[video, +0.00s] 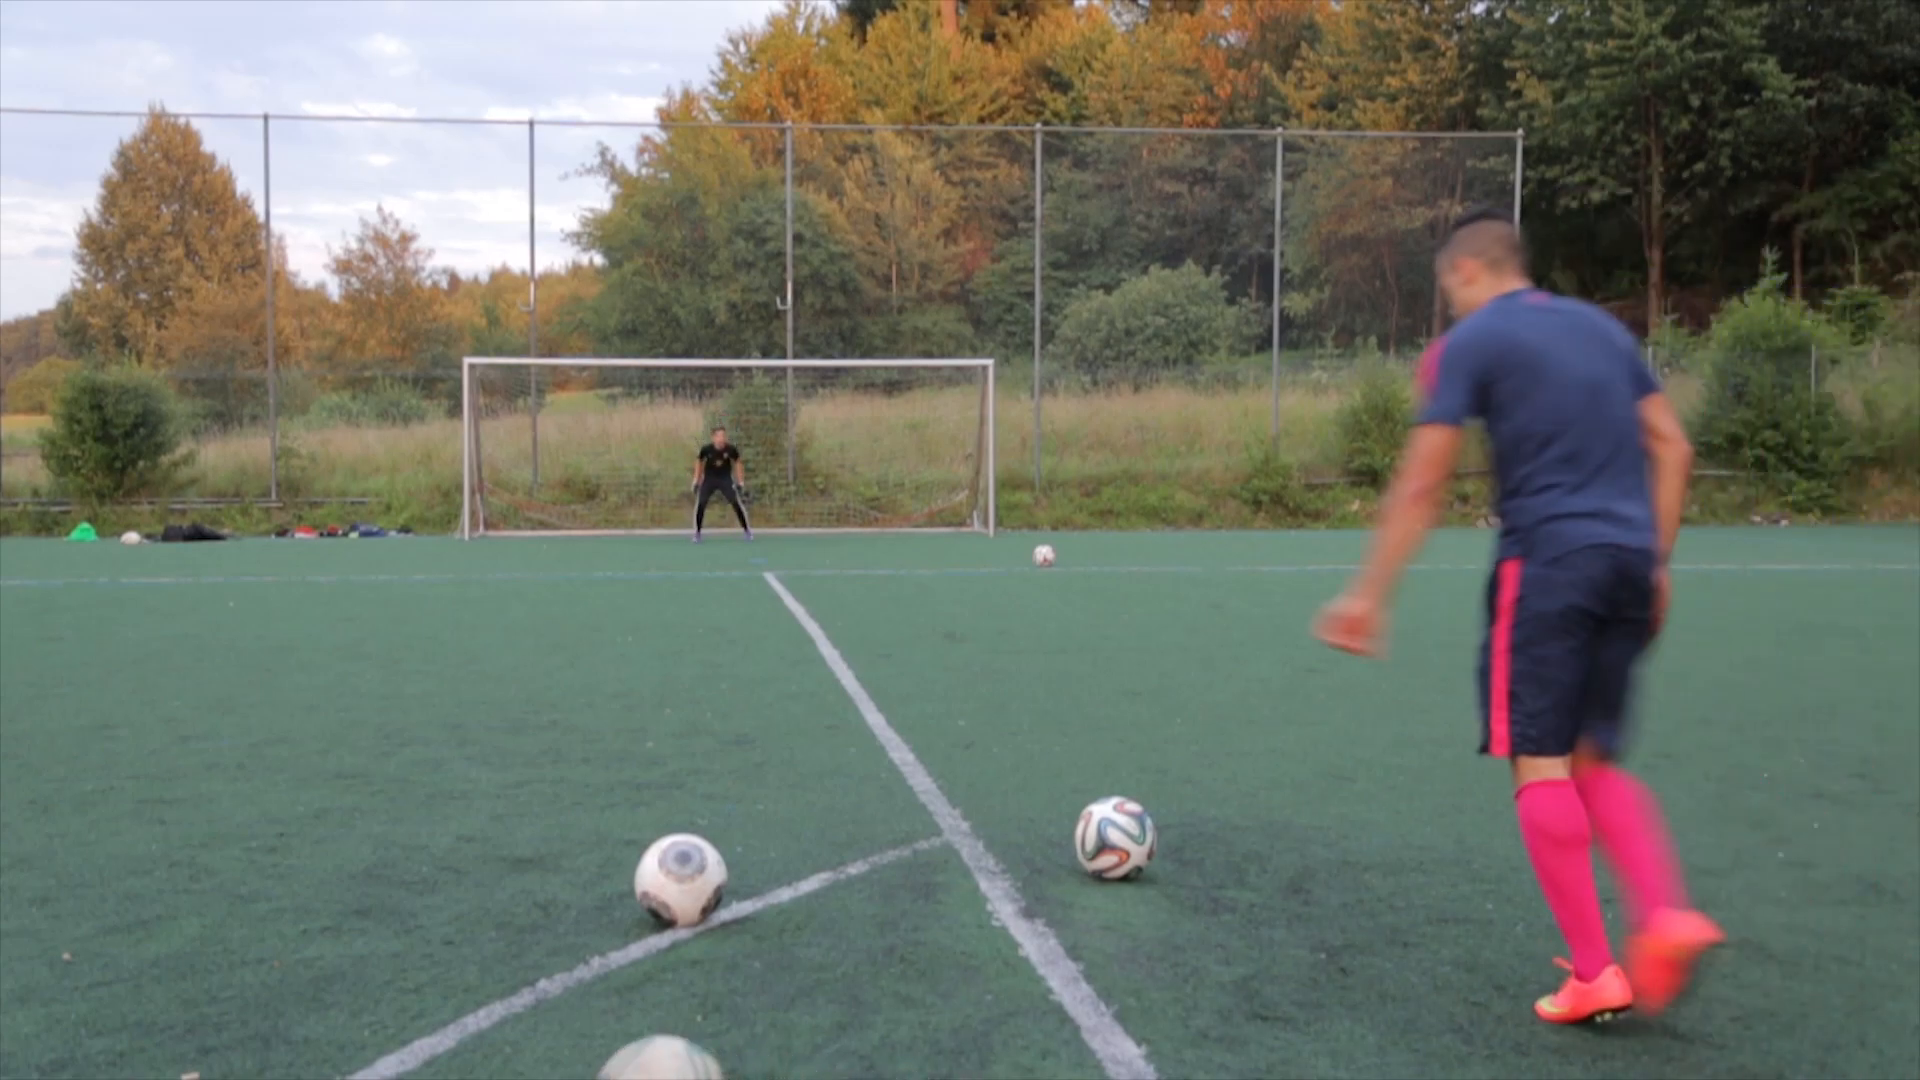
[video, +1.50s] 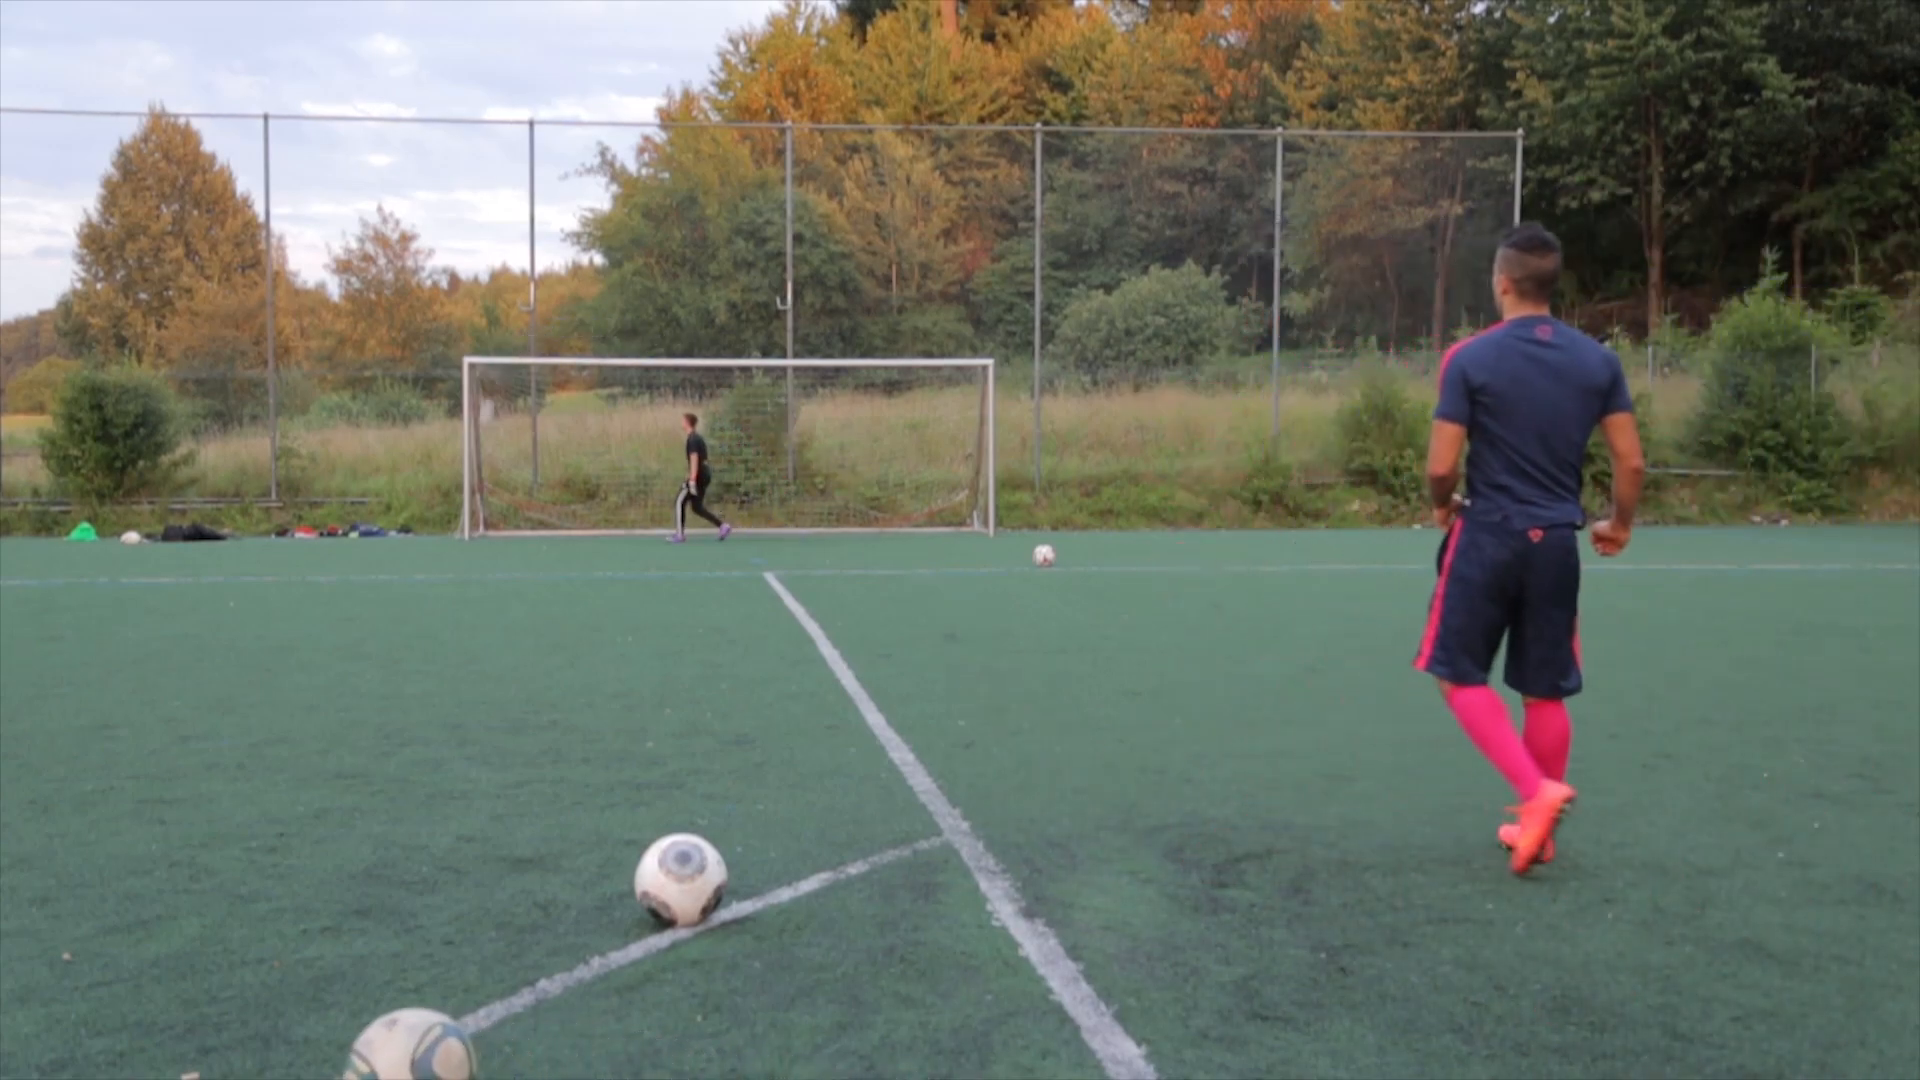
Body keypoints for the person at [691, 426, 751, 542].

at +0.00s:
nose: (720, 439)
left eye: (722, 436)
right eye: (717, 436)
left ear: (725, 438)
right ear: (713, 437)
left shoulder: (731, 450)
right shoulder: (706, 450)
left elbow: (738, 464)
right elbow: (699, 464)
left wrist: (740, 481)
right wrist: (696, 480)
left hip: (725, 481)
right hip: (709, 481)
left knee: (736, 504)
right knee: (701, 505)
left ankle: (746, 530)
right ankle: (698, 532)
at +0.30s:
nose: (737, 442)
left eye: (739, 439)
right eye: (735, 439)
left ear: (743, 439)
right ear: (731, 439)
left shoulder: (750, 450)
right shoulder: (725, 451)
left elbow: (755, 464)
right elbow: (717, 465)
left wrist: (758, 478)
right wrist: (713, 482)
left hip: (746, 482)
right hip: (730, 481)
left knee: (749, 506)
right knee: (717, 505)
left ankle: (749, 532)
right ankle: (705, 532)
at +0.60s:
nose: (755, 447)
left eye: (757, 444)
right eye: (753, 444)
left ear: (760, 444)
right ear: (748, 445)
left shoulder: (768, 454)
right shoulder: (742, 457)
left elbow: (775, 468)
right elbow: (733, 468)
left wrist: (783, 482)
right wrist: (729, 484)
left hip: (765, 483)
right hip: (749, 484)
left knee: (779, 504)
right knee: (743, 505)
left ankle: (795, 530)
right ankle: (746, 532)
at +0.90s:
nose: (732, 455)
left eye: (734, 452)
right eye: (730, 453)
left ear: (739, 451)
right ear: (727, 453)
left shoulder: (749, 461)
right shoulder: (727, 465)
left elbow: (761, 476)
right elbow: (725, 482)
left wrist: (768, 492)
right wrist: (722, 498)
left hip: (753, 491)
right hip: (738, 491)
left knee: (766, 513)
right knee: (726, 507)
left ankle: (788, 531)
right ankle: (736, 534)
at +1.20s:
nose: (701, 434)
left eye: (703, 431)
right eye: (701, 431)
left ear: (710, 433)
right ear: (702, 433)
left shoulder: (719, 447)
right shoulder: (708, 449)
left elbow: (731, 464)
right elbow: (712, 467)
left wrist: (729, 484)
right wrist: (704, 485)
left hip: (727, 480)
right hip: (720, 480)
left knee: (709, 500)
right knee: (711, 503)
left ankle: (720, 530)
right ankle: (734, 530)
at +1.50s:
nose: (682, 424)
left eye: (684, 421)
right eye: (683, 421)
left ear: (688, 423)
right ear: (693, 423)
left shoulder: (692, 439)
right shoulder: (697, 438)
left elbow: (694, 461)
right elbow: (700, 459)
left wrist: (692, 480)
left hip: (697, 475)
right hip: (703, 474)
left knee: (680, 501)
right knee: (697, 506)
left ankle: (679, 534)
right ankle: (721, 526)